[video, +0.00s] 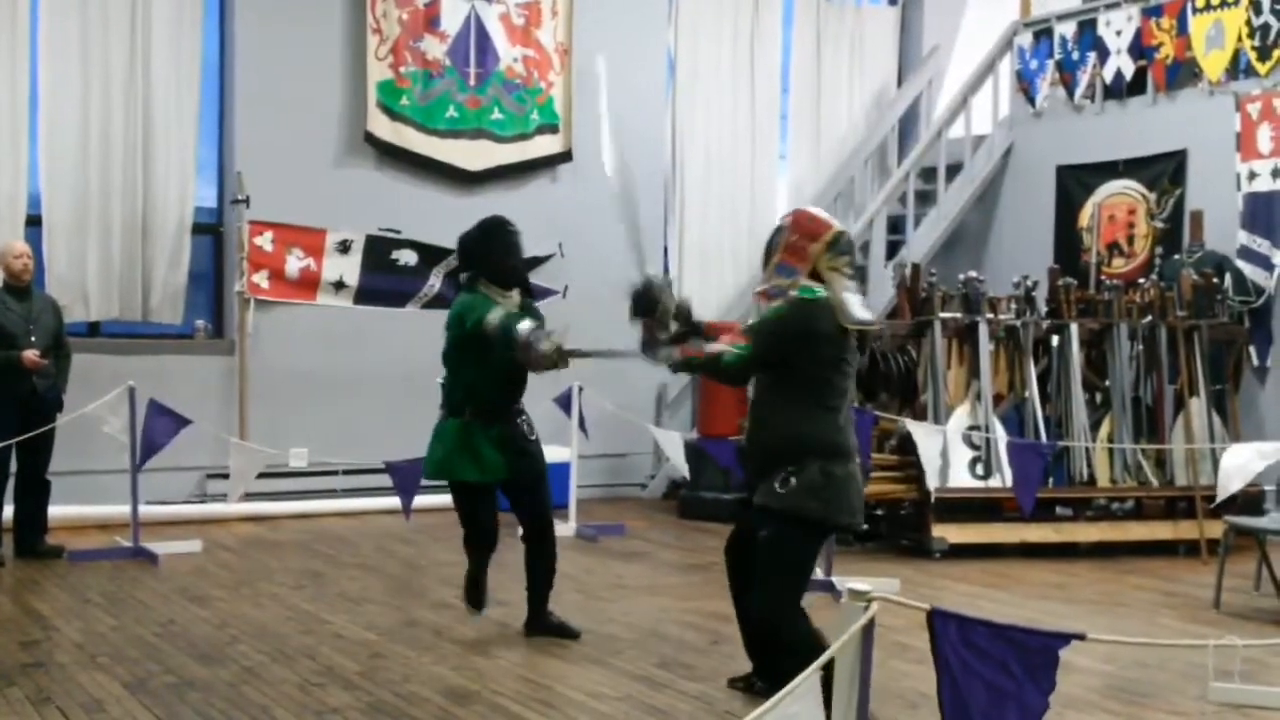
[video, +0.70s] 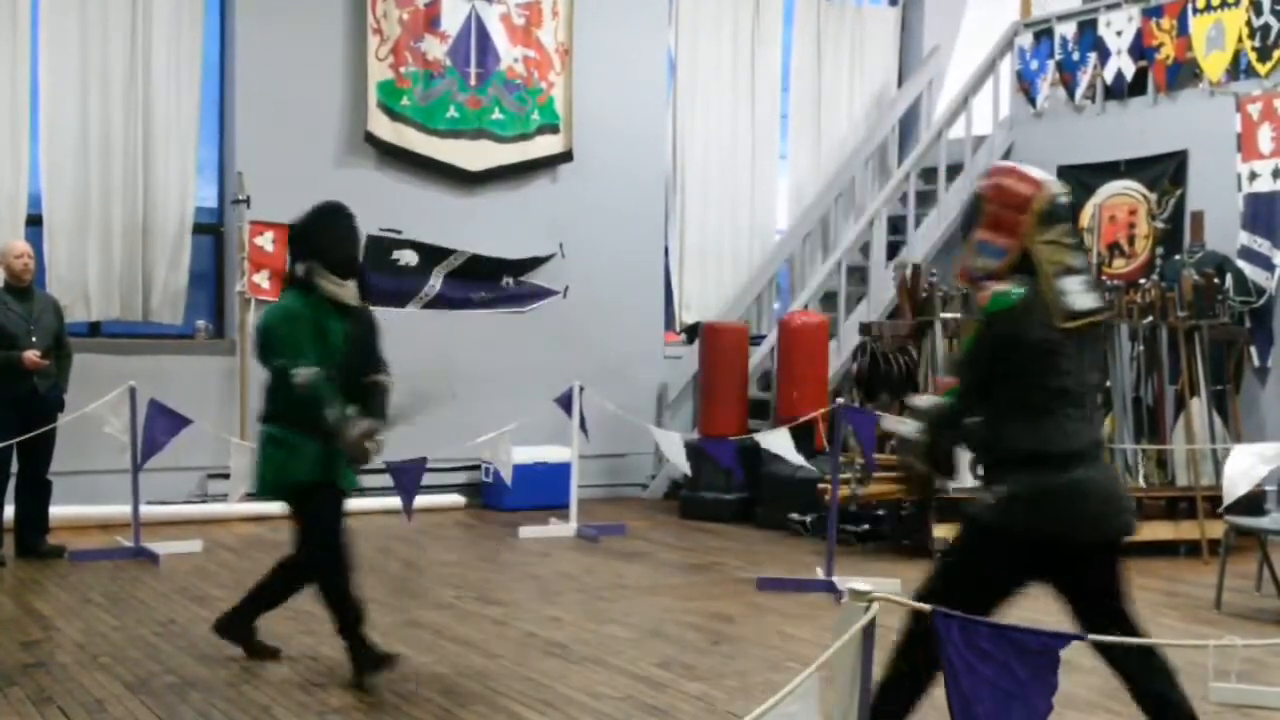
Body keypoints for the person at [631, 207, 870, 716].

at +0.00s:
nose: (776, 257)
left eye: (783, 248)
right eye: (779, 248)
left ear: (800, 253)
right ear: (817, 255)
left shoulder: (807, 312)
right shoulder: (812, 308)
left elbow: (738, 367)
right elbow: (751, 347)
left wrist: (679, 358)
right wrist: (697, 334)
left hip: (808, 480)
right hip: (796, 474)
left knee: (770, 587)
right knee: (741, 554)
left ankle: (820, 681)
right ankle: (771, 670)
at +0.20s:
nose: (801, 244)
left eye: (811, 233)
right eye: (805, 232)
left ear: (831, 241)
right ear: (851, 242)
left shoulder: (840, 308)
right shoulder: (857, 305)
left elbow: (784, 372)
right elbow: (805, 367)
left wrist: (723, 353)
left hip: (841, 486)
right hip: (855, 482)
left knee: (776, 602)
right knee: (802, 594)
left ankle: (811, 696)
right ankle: (808, 685)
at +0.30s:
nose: (810, 254)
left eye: (818, 242)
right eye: (813, 241)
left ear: (838, 248)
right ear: (871, 246)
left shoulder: (851, 316)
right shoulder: (893, 308)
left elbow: (794, 390)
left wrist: (751, 376)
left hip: (865, 492)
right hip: (902, 486)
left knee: (787, 601)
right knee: (833, 591)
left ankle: (831, 706)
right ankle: (884, 696)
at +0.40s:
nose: (841, 247)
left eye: (849, 235)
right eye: (843, 234)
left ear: (869, 240)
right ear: (904, 239)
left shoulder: (874, 311)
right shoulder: (930, 306)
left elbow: (831, 390)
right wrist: (807, 347)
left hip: (894, 498)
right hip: (941, 493)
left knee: (808, 595)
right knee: (879, 592)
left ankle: (832, 707)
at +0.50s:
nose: (875, 254)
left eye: (884, 241)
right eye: (878, 240)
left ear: (907, 247)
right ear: (946, 243)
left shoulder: (909, 312)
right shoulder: (975, 306)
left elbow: (858, 385)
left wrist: (817, 404)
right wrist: (842, 380)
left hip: (929, 505)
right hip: (984, 502)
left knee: (830, 591)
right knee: (947, 615)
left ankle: (837, 708)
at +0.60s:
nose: (930, 243)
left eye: (938, 230)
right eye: (934, 229)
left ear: (962, 239)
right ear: (995, 238)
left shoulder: (957, 312)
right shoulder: (1028, 304)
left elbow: (903, 391)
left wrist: (850, 410)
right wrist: (870, 396)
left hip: (973, 510)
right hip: (1031, 507)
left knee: (876, 599)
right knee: (1040, 632)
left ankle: (856, 709)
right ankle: (1157, 714)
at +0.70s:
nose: (977, 241)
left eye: (987, 229)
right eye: (981, 227)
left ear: (1009, 234)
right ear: (1049, 228)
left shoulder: (1006, 308)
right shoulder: (1082, 295)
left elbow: (969, 402)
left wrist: (937, 434)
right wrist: (957, 415)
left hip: (1026, 510)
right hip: (1091, 505)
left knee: (932, 622)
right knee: (1117, 635)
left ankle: (883, 710)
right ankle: (1178, 714)